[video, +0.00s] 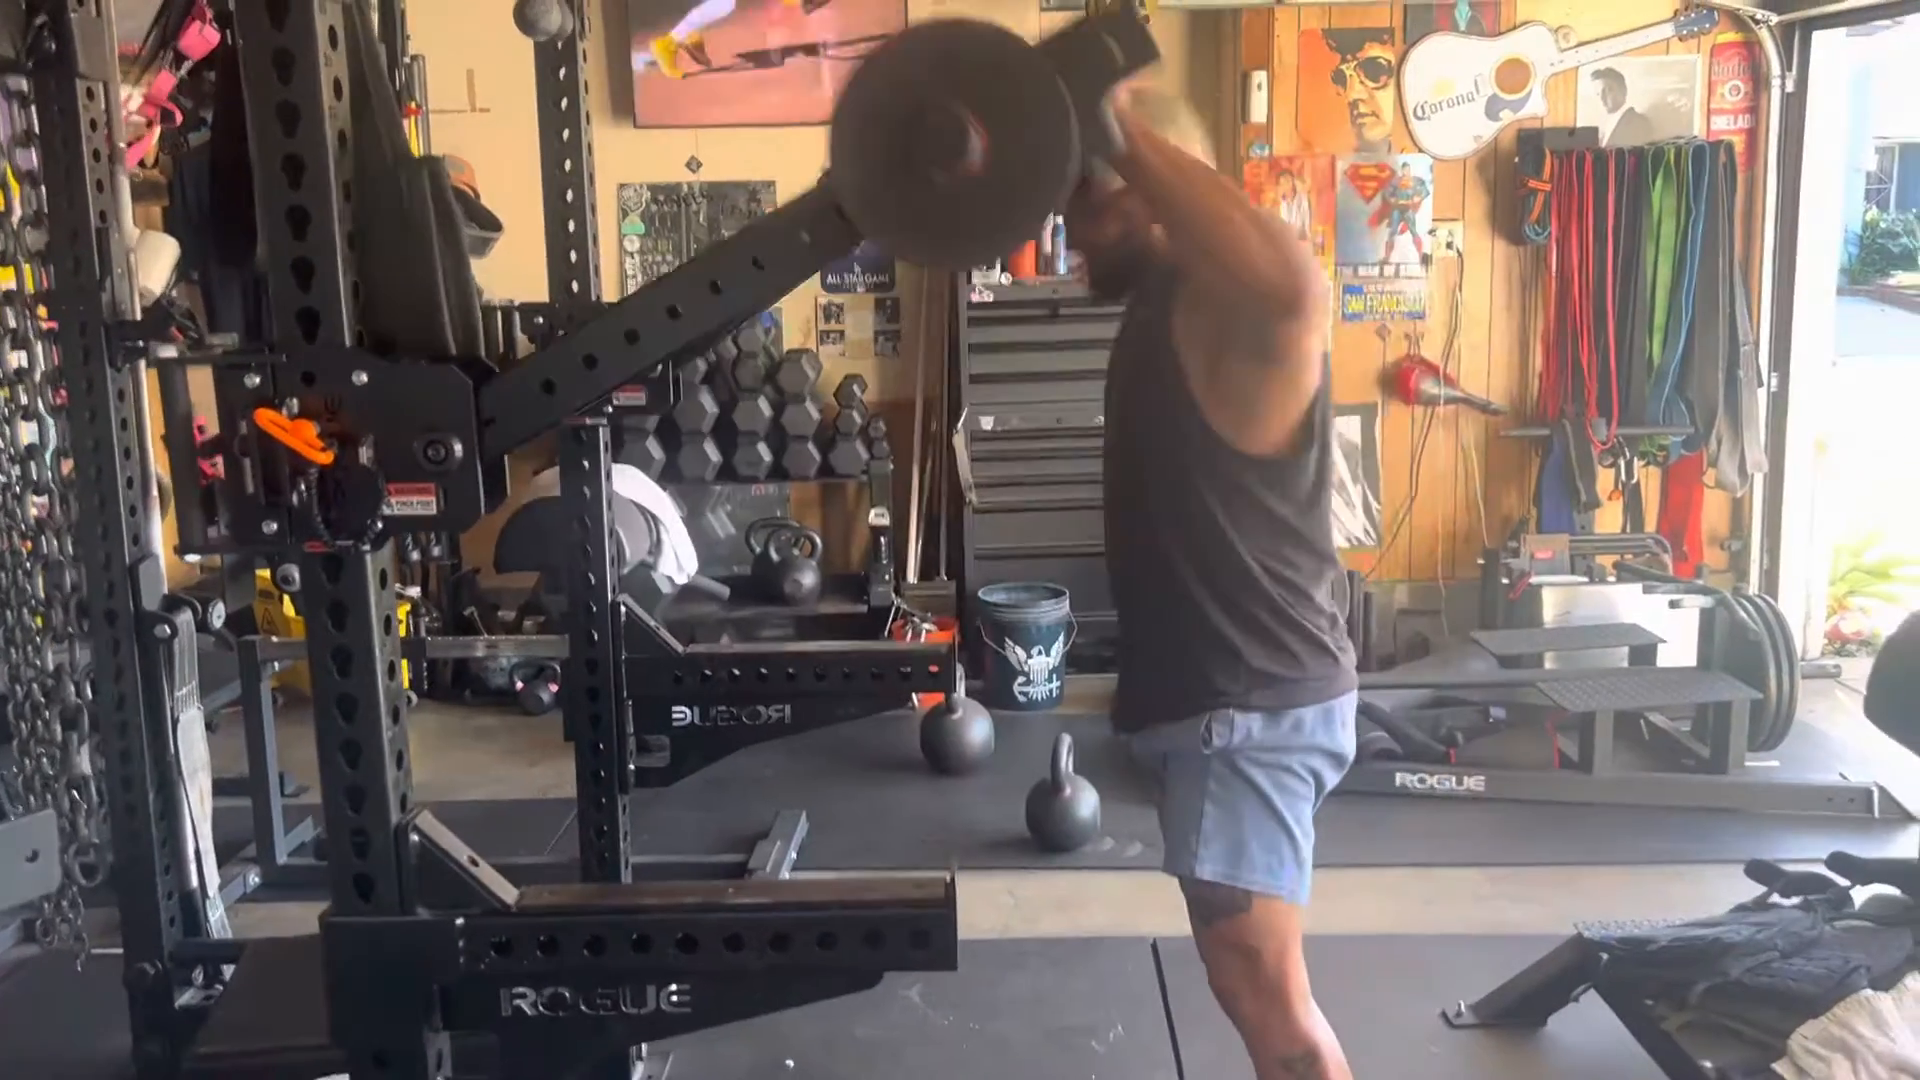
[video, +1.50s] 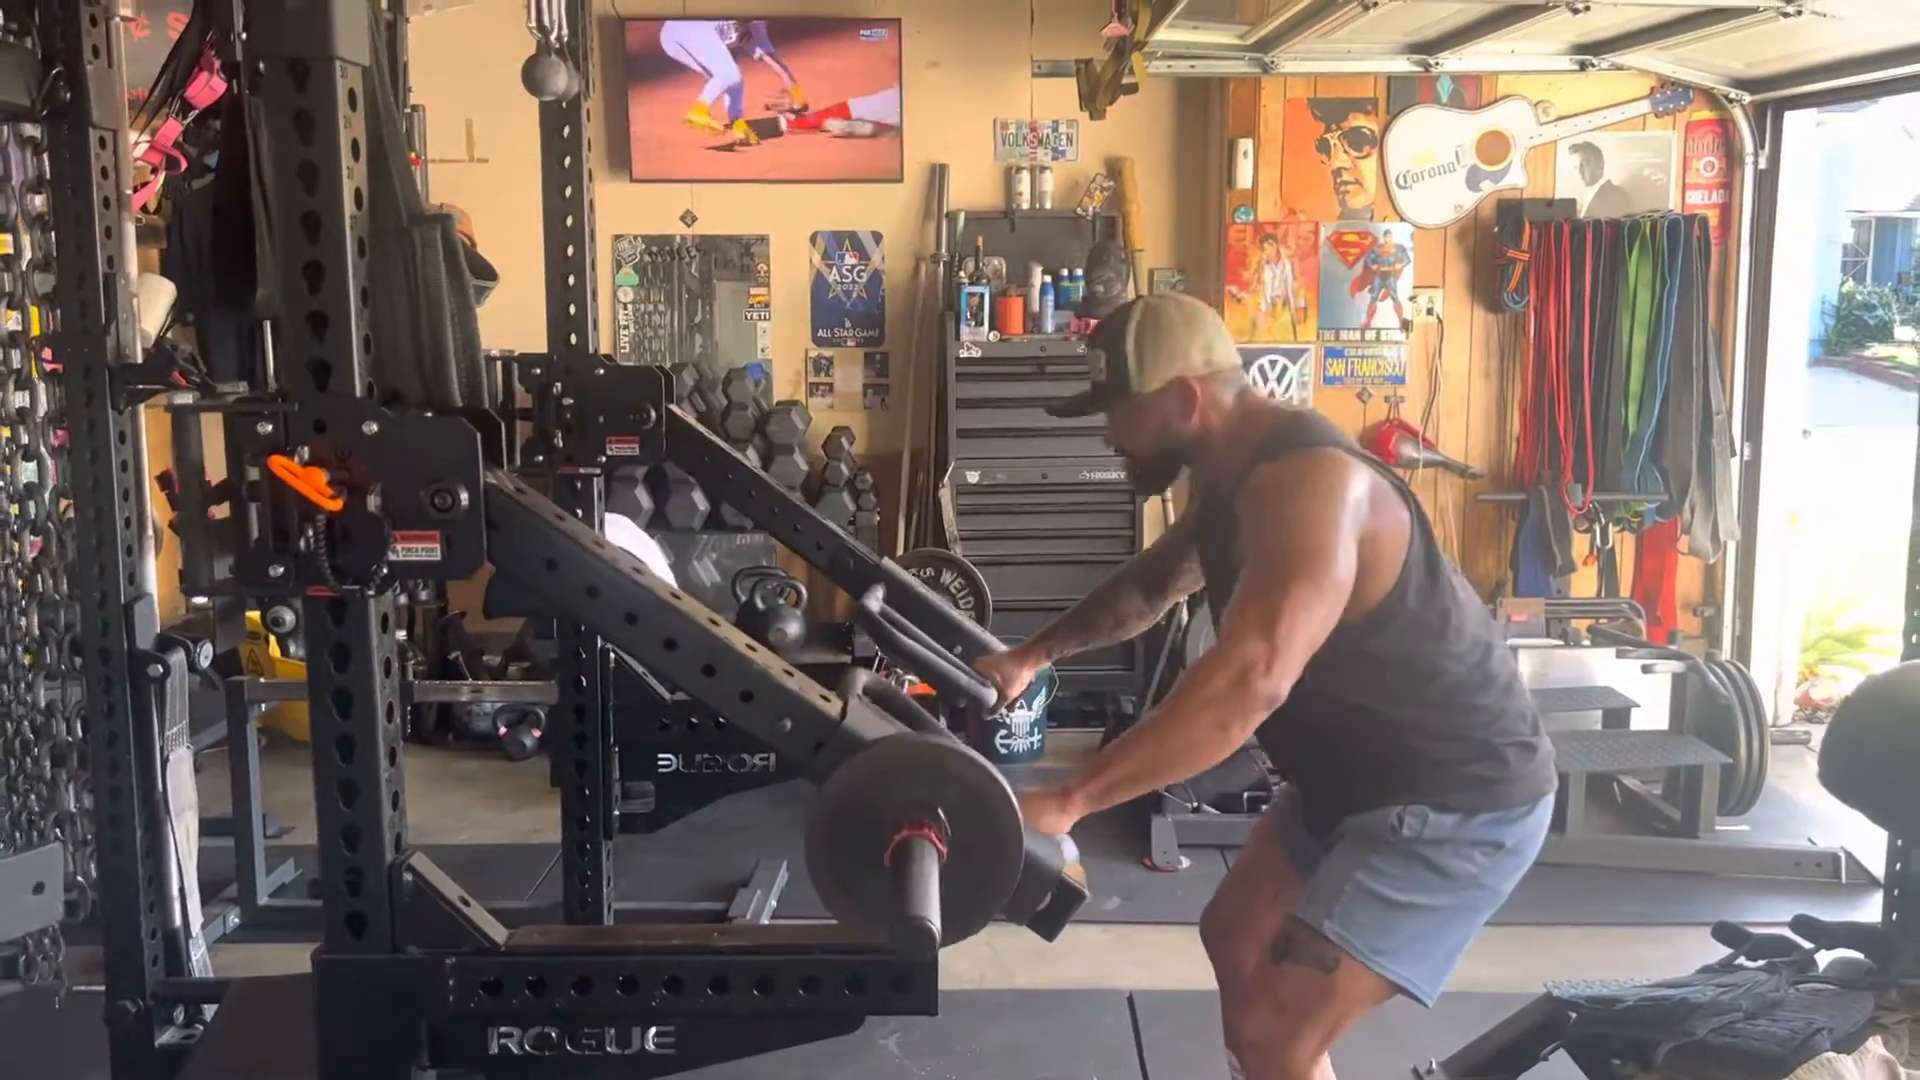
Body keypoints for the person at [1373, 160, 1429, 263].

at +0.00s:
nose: (1406, 172)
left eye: (1407, 170)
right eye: (1404, 170)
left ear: (1410, 170)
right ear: (1401, 171)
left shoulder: (1417, 181)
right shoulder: (1396, 181)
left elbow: (1425, 192)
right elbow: (1386, 192)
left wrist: (1417, 199)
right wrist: (1391, 200)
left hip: (1409, 207)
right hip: (1397, 206)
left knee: (1413, 231)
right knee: (1392, 231)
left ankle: (1421, 255)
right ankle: (1387, 257)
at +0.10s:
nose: (1402, 177)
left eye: (1404, 174)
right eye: (1400, 174)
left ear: (1406, 174)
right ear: (1397, 175)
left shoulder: (1414, 185)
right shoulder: (1392, 185)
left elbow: (1422, 196)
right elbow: (1383, 196)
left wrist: (1414, 203)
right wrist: (1387, 203)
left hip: (1406, 211)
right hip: (1393, 210)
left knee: (1410, 235)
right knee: (1389, 235)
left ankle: (1417, 259)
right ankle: (1383, 260)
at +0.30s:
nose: (1400, 186)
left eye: (1402, 184)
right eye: (1398, 184)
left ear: (1405, 184)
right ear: (1395, 184)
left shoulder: (1412, 196)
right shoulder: (1389, 196)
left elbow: (1420, 207)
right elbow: (1380, 208)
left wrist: (1413, 213)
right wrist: (1385, 214)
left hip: (1404, 221)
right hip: (1392, 221)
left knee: (1408, 245)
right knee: (1387, 246)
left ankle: (1415, 270)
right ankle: (1381, 272)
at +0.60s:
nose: (1400, 201)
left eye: (1401, 199)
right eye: (1398, 199)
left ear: (1404, 200)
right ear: (1395, 200)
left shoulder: (1411, 210)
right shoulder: (1390, 211)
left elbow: (1420, 222)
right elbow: (1380, 222)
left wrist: (1413, 228)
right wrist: (1385, 229)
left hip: (1404, 236)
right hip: (1392, 236)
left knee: (1408, 260)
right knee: (1387, 261)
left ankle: (1414, 285)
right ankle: (1381, 286)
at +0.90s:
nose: (1396, 214)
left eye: (1398, 212)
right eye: (1394, 212)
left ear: (1401, 213)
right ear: (1391, 213)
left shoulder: (1408, 224)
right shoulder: (1385, 224)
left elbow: (1416, 235)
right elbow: (1376, 235)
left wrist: (1409, 242)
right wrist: (1381, 243)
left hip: (1400, 249)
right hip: (1388, 248)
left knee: (1404, 273)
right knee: (1383, 274)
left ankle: (1410, 298)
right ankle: (1376, 299)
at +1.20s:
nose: (1391, 227)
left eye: (1392, 224)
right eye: (1389, 225)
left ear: (1395, 225)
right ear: (1386, 225)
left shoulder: (1402, 235)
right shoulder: (1381, 236)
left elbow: (1410, 247)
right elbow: (1371, 247)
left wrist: (1403, 253)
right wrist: (1376, 254)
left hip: (1394, 261)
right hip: (1383, 260)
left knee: (1398, 285)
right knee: (1377, 284)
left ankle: (1405, 308)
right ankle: (1371, 308)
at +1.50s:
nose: (1388, 240)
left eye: (1389, 238)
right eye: (1386, 238)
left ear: (1392, 238)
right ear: (1383, 238)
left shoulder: (1399, 248)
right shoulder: (1378, 248)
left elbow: (1407, 260)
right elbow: (1368, 259)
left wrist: (1400, 266)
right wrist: (1372, 266)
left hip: (1391, 273)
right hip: (1379, 273)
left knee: (1395, 297)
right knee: (1373, 298)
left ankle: (1401, 322)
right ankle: (1368, 322)